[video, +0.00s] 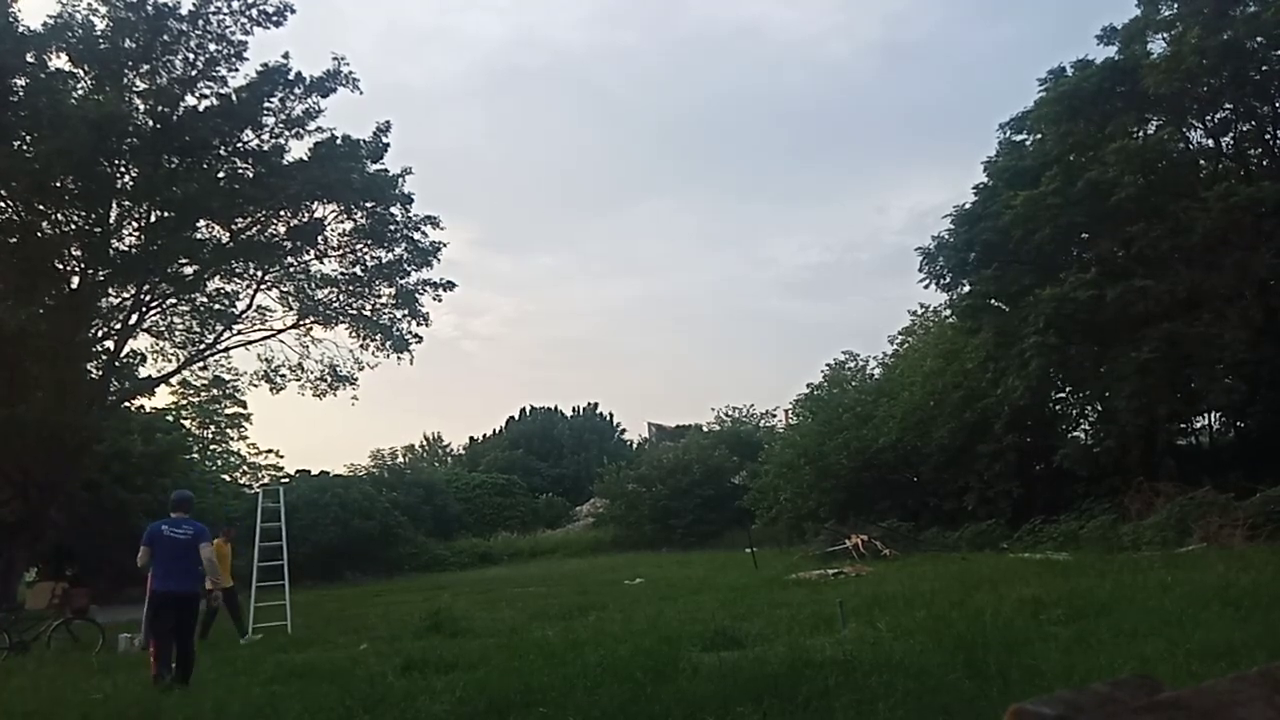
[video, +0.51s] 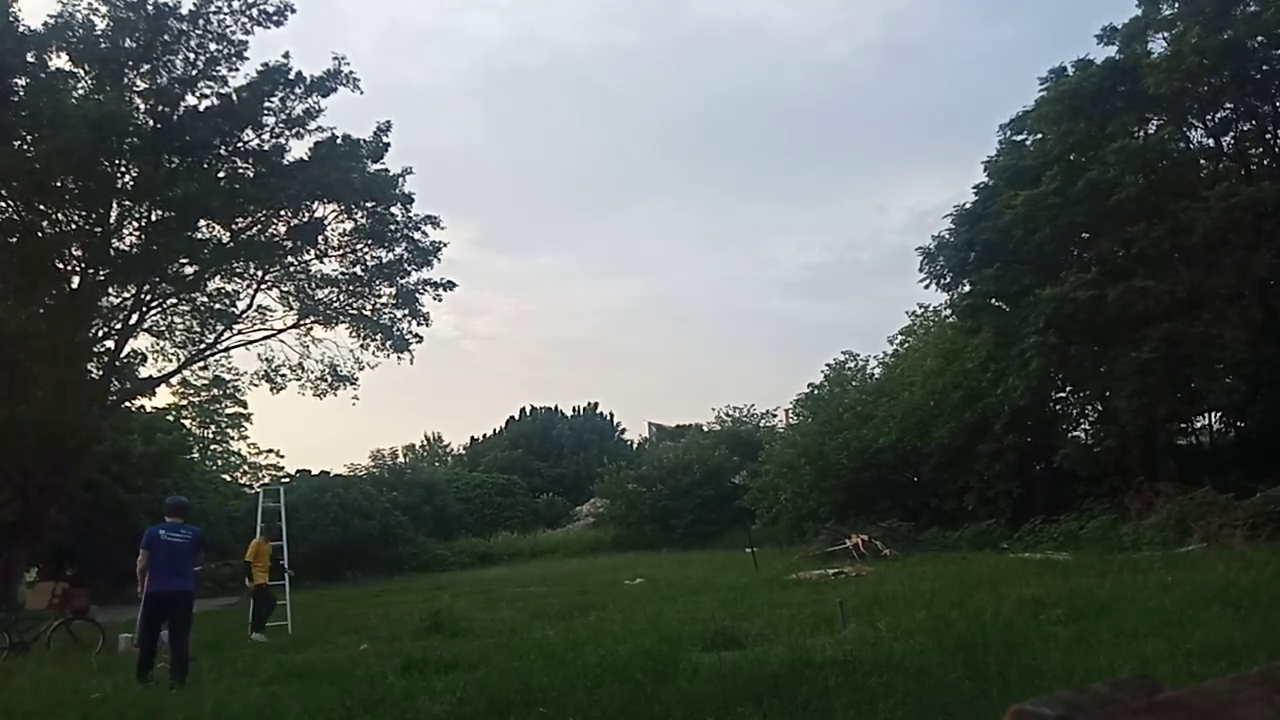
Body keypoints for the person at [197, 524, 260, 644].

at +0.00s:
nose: (233, 534)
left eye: (233, 532)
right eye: (231, 532)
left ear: (230, 533)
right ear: (225, 532)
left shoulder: (228, 545)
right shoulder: (215, 546)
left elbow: (226, 563)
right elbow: (210, 564)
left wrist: (228, 579)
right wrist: (211, 585)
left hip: (228, 584)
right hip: (215, 586)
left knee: (235, 611)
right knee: (210, 613)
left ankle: (244, 635)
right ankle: (202, 639)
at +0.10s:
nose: (238, 537)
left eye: (239, 534)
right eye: (237, 534)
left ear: (238, 535)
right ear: (231, 534)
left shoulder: (236, 545)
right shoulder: (224, 544)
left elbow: (234, 562)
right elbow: (218, 561)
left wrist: (236, 578)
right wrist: (220, 578)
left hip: (236, 585)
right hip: (225, 586)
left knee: (243, 611)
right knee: (217, 612)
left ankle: (250, 634)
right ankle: (205, 636)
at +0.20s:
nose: (251, 537)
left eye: (252, 534)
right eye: (250, 534)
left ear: (248, 535)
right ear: (243, 534)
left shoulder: (246, 547)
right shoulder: (234, 545)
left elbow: (243, 566)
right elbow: (224, 563)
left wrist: (247, 582)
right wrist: (226, 581)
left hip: (245, 587)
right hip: (234, 588)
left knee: (249, 615)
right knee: (225, 615)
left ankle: (251, 638)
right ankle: (205, 638)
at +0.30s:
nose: (259, 536)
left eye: (259, 534)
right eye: (257, 533)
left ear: (254, 534)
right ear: (252, 533)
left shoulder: (253, 545)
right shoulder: (242, 544)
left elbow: (251, 564)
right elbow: (233, 562)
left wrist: (254, 580)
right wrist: (233, 582)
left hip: (253, 585)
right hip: (244, 586)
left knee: (253, 614)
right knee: (242, 612)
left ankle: (253, 637)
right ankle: (218, 632)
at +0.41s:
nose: (264, 534)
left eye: (265, 532)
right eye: (263, 531)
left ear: (264, 532)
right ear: (257, 531)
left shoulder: (260, 544)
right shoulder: (249, 542)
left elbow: (259, 563)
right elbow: (241, 561)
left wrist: (262, 577)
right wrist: (241, 579)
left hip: (259, 582)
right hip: (251, 582)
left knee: (257, 610)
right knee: (255, 609)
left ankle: (254, 636)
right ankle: (236, 629)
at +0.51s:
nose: (276, 535)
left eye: (276, 532)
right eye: (275, 532)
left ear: (268, 533)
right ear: (268, 531)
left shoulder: (268, 545)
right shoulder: (256, 543)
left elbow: (270, 563)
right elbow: (247, 561)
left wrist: (283, 570)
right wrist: (250, 580)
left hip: (264, 581)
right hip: (257, 582)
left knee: (260, 607)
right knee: (270, 602)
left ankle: (257, 631)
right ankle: (258, 631)